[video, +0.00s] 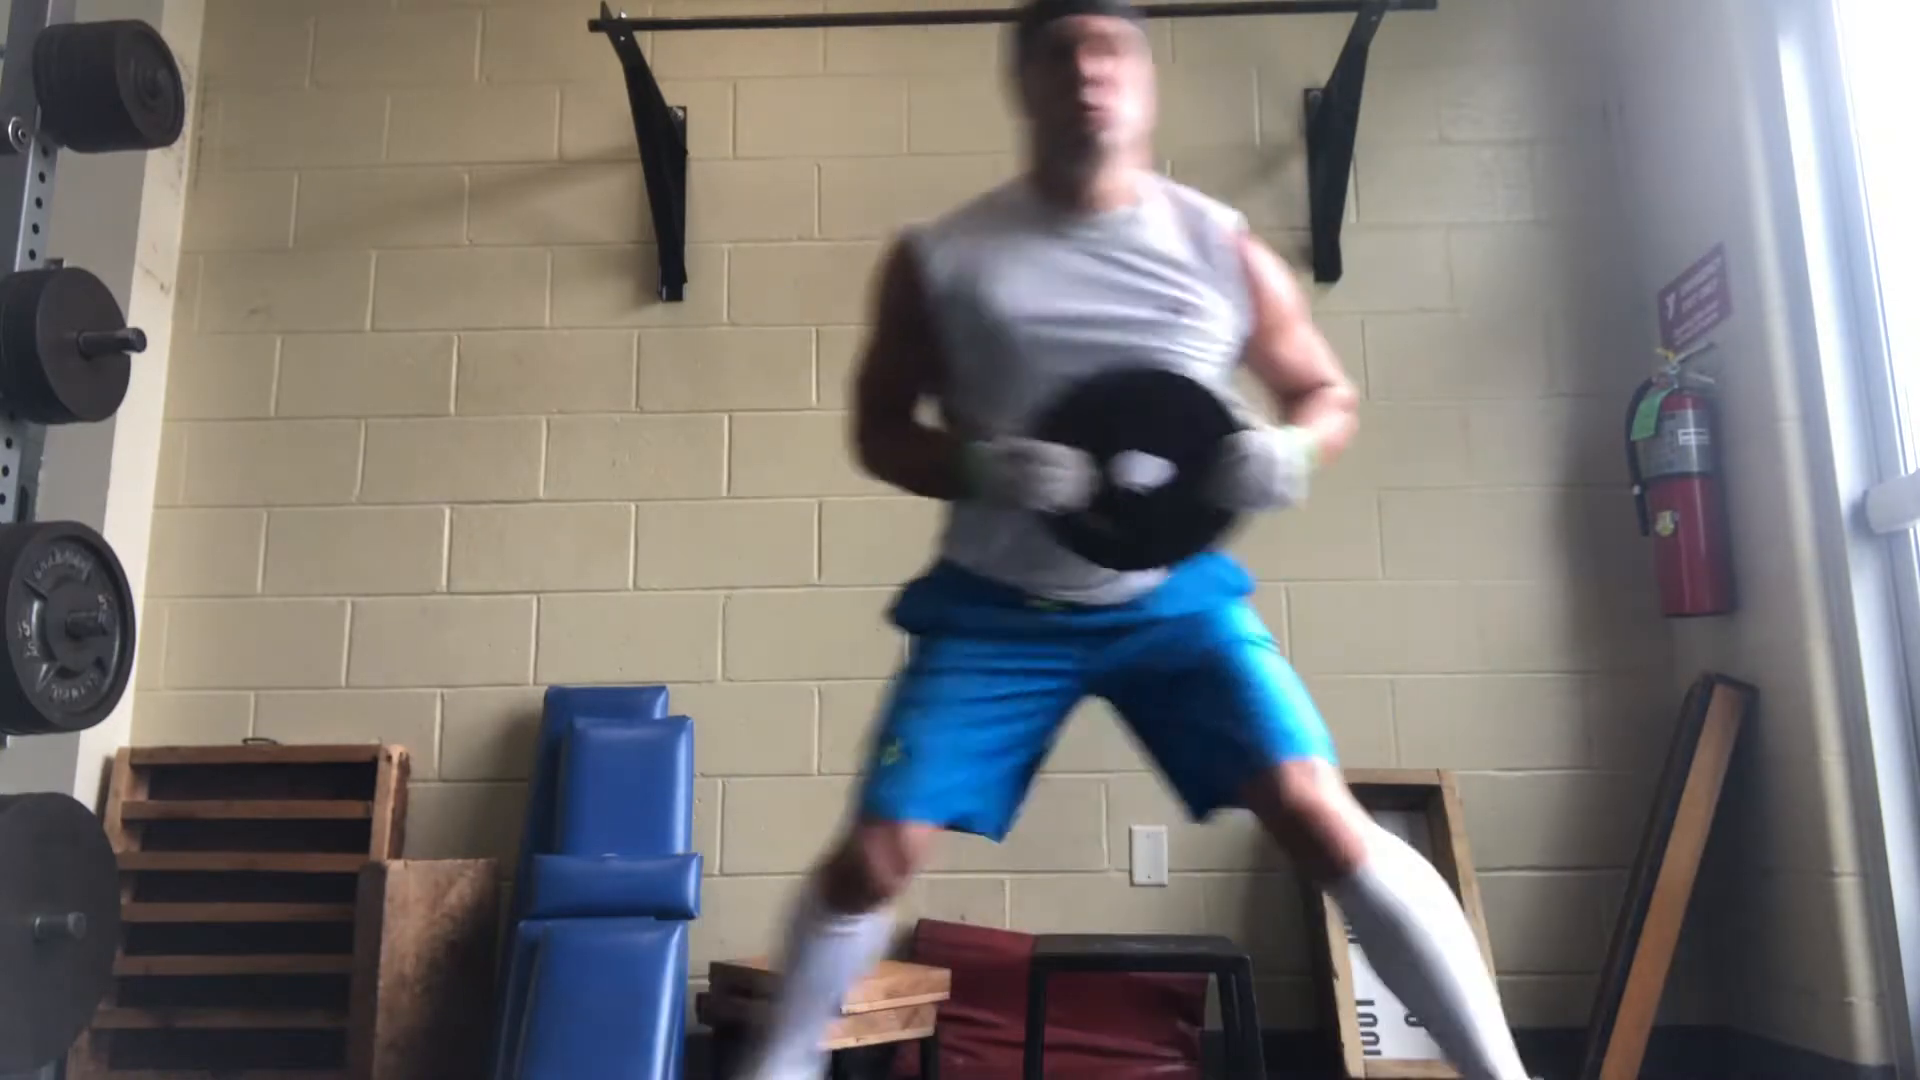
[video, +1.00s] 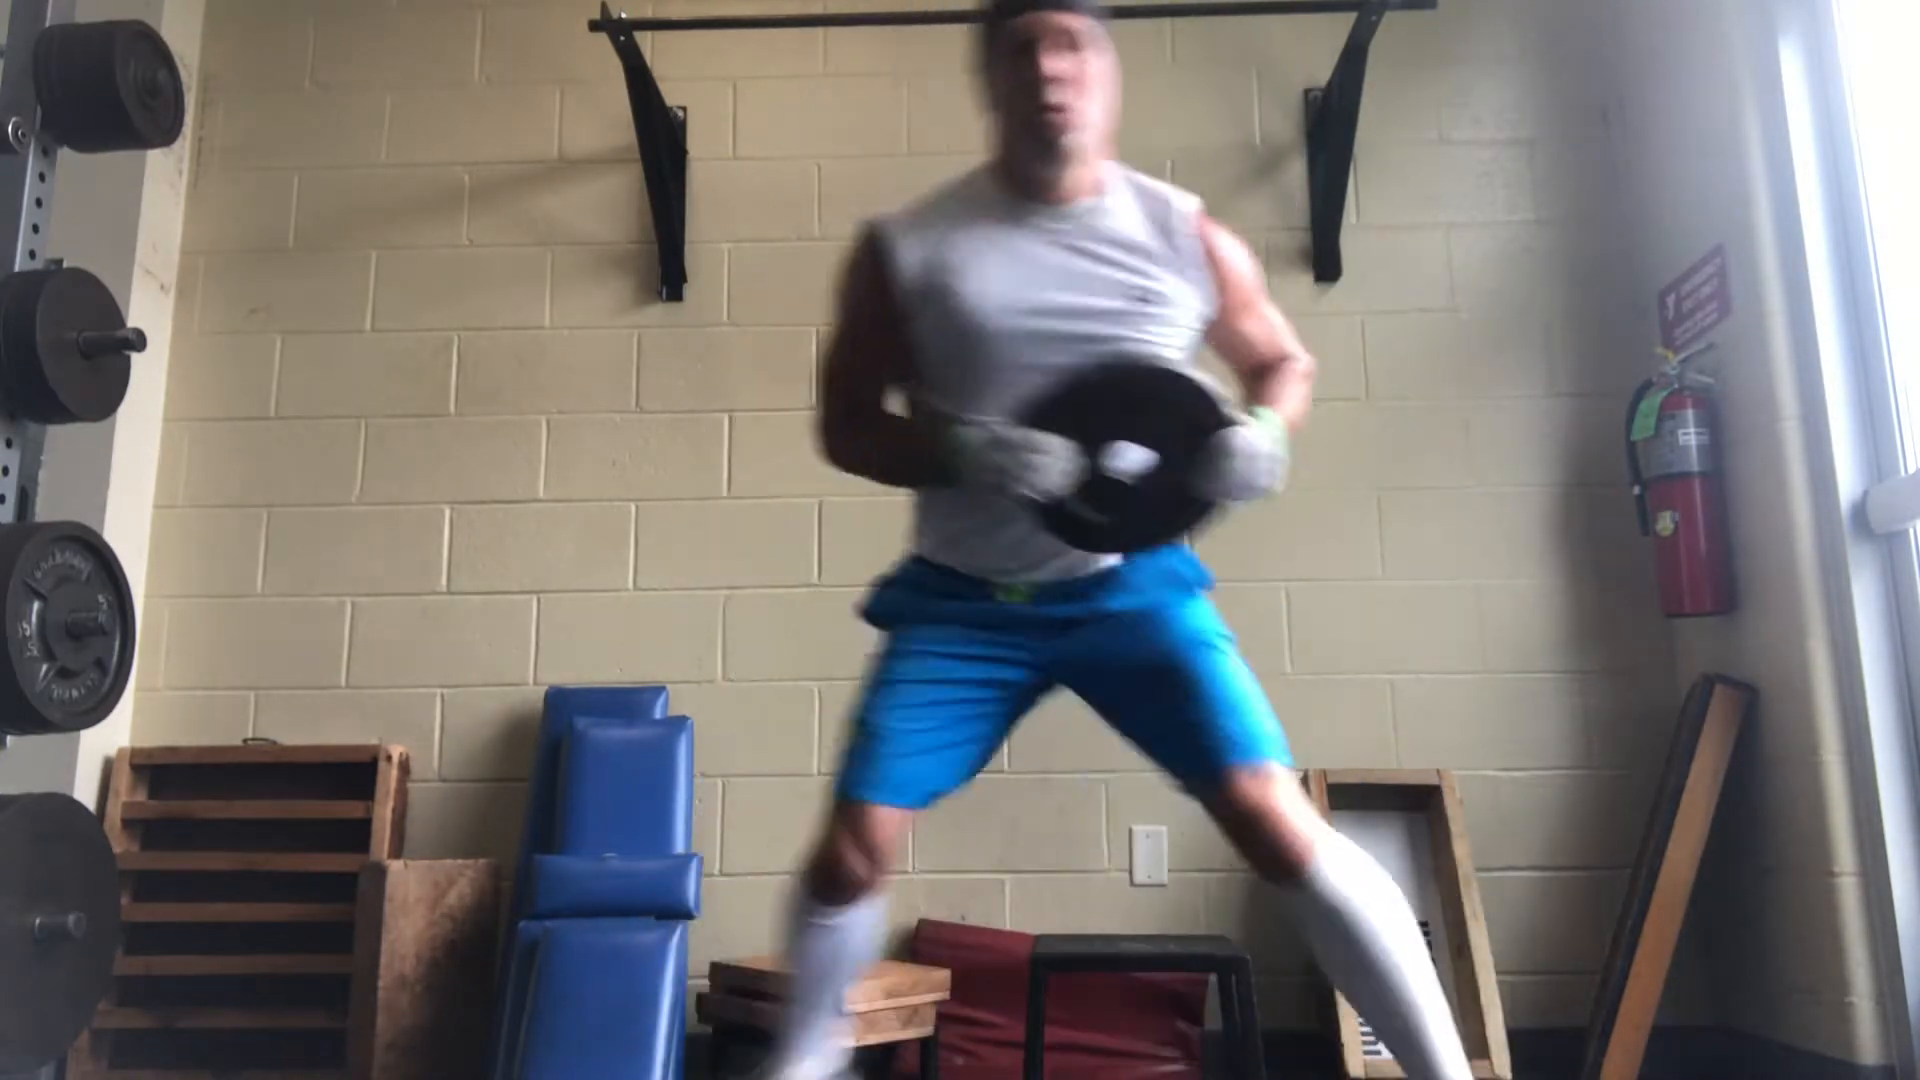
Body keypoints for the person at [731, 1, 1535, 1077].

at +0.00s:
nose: (1088, 72)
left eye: (1111, 50)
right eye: (1060, 53)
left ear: (1151, 82)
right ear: (1021, 86)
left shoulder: (1220, 247)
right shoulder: (938, 262)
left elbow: (1333, 395)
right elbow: (879, 434)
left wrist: (1292, 451)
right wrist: (981, 467)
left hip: (1180, 606)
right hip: (998, 616)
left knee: (1317, 813)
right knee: (874, 857)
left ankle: (1501, 1068)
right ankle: (771, 1066)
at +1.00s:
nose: (1052, 71)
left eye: (1073, 46)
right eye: (1025, 50)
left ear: (1111, 74)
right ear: (989, 81)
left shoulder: (1187, 238)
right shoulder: (902, 250)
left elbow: (1285, 364)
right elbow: (846, 428)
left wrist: (1265, 433)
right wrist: (958, 453)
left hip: (1137, 594)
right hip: (962, 604)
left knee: (1274, 823)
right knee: (854, 846)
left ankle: (1448, 1070)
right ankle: (802, 1065)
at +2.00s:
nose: (1133, 111)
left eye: (1157, 83)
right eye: (1106, 84)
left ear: (1200, 105)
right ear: (1067, 104)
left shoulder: (1258, 275)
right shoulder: (966, 265)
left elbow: (1362, 418)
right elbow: (907, 455)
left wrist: (1340, 476)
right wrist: (1022, 485)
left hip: (1200, 643)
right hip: (1018, 644)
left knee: (1348, 878)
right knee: (897, 887)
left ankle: (1497, 1074)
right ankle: (884, 1036)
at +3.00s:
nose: (1050, 76)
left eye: (1075, 47)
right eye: (1023, 50)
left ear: (1117, 65)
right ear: (987, 69)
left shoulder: (1198, 234)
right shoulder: (896, 235)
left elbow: (1311, 366)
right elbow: (852, 410)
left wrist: (1270, 431)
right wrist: (952, 453)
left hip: (1148, 596)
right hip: (967, 601)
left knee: (1286, 841)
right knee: (854, 850)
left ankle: (1448, 1070)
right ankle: (823, 1044)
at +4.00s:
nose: (812, 91)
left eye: (833, 62)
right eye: (784, 70)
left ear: (882, 74)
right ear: (759, 97)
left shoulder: (985, 233)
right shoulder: (701, 271)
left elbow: (1139, 388)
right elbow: (681, 471)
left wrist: (1059, 443)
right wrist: (761, 447)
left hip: (968, 611)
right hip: (777, 636)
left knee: (1105, 806)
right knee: (618, 881)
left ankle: (1214, 985)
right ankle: (470, 1076)